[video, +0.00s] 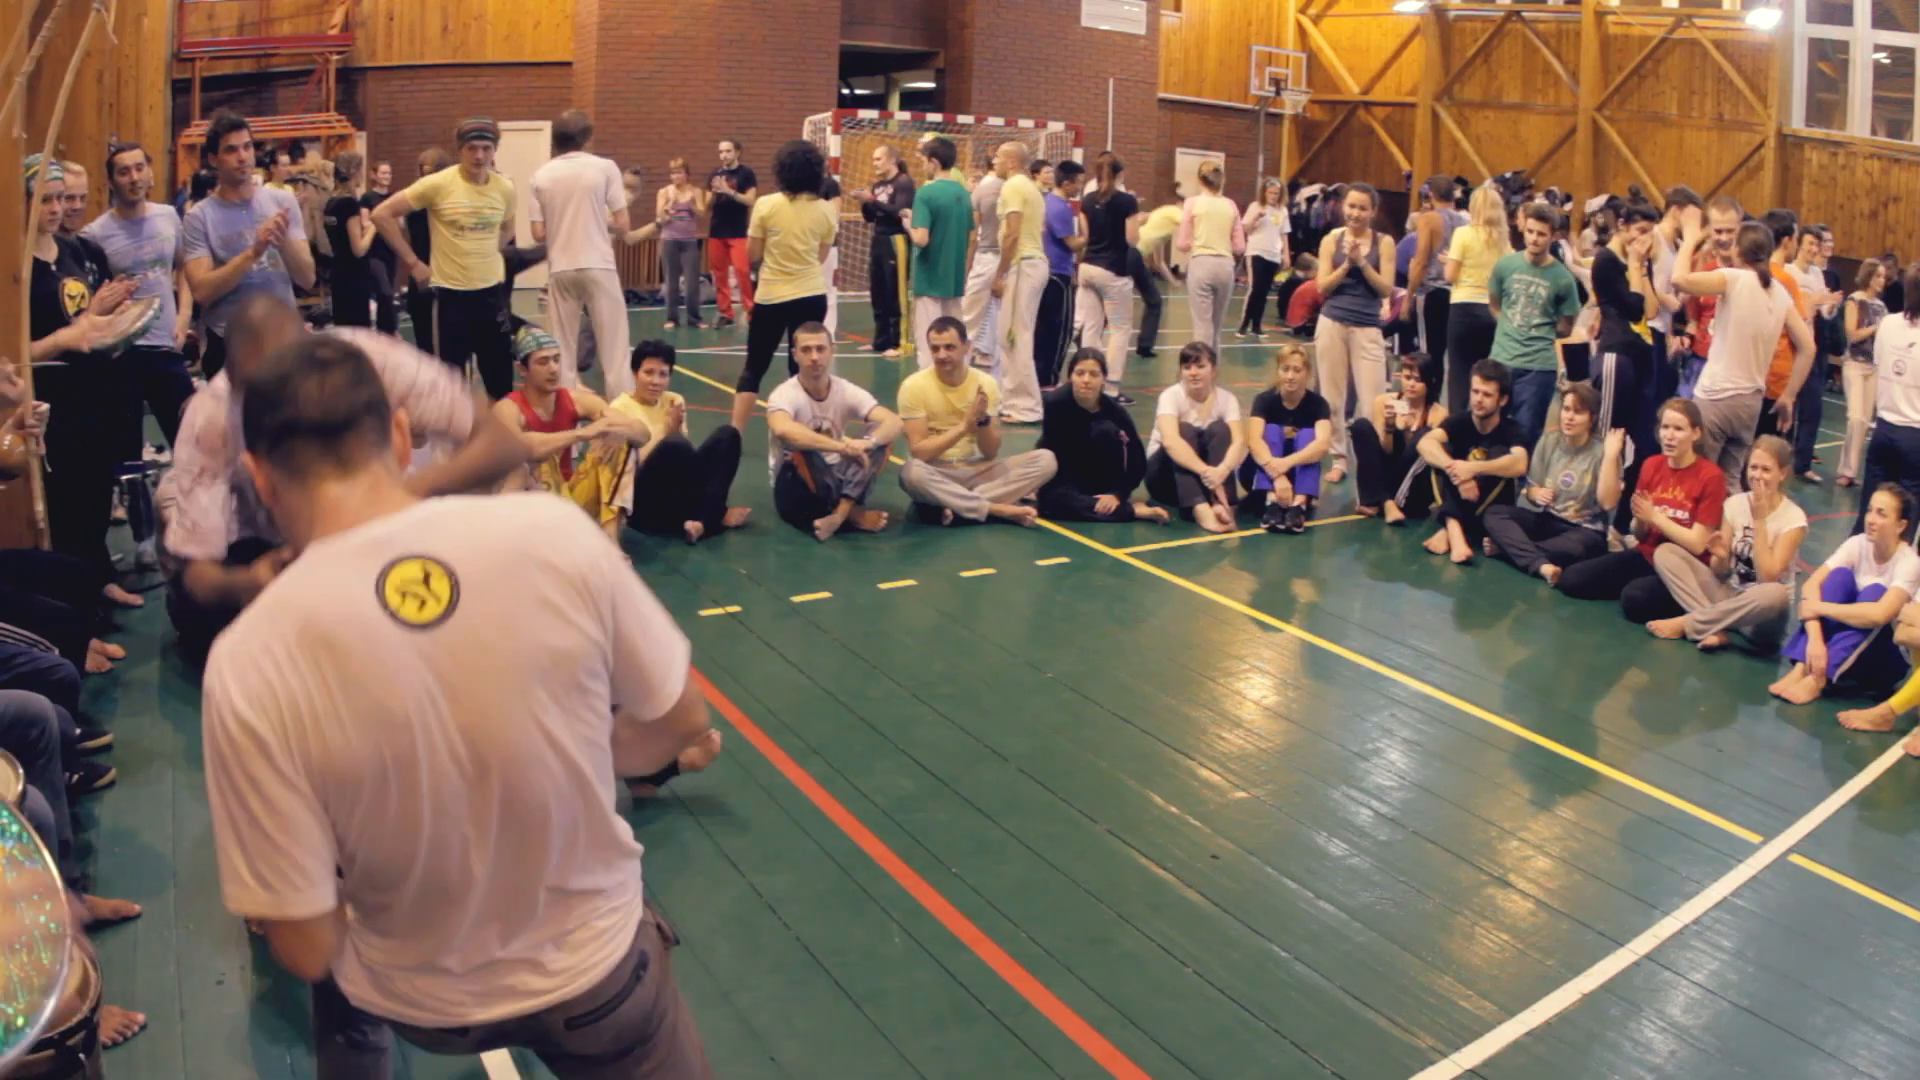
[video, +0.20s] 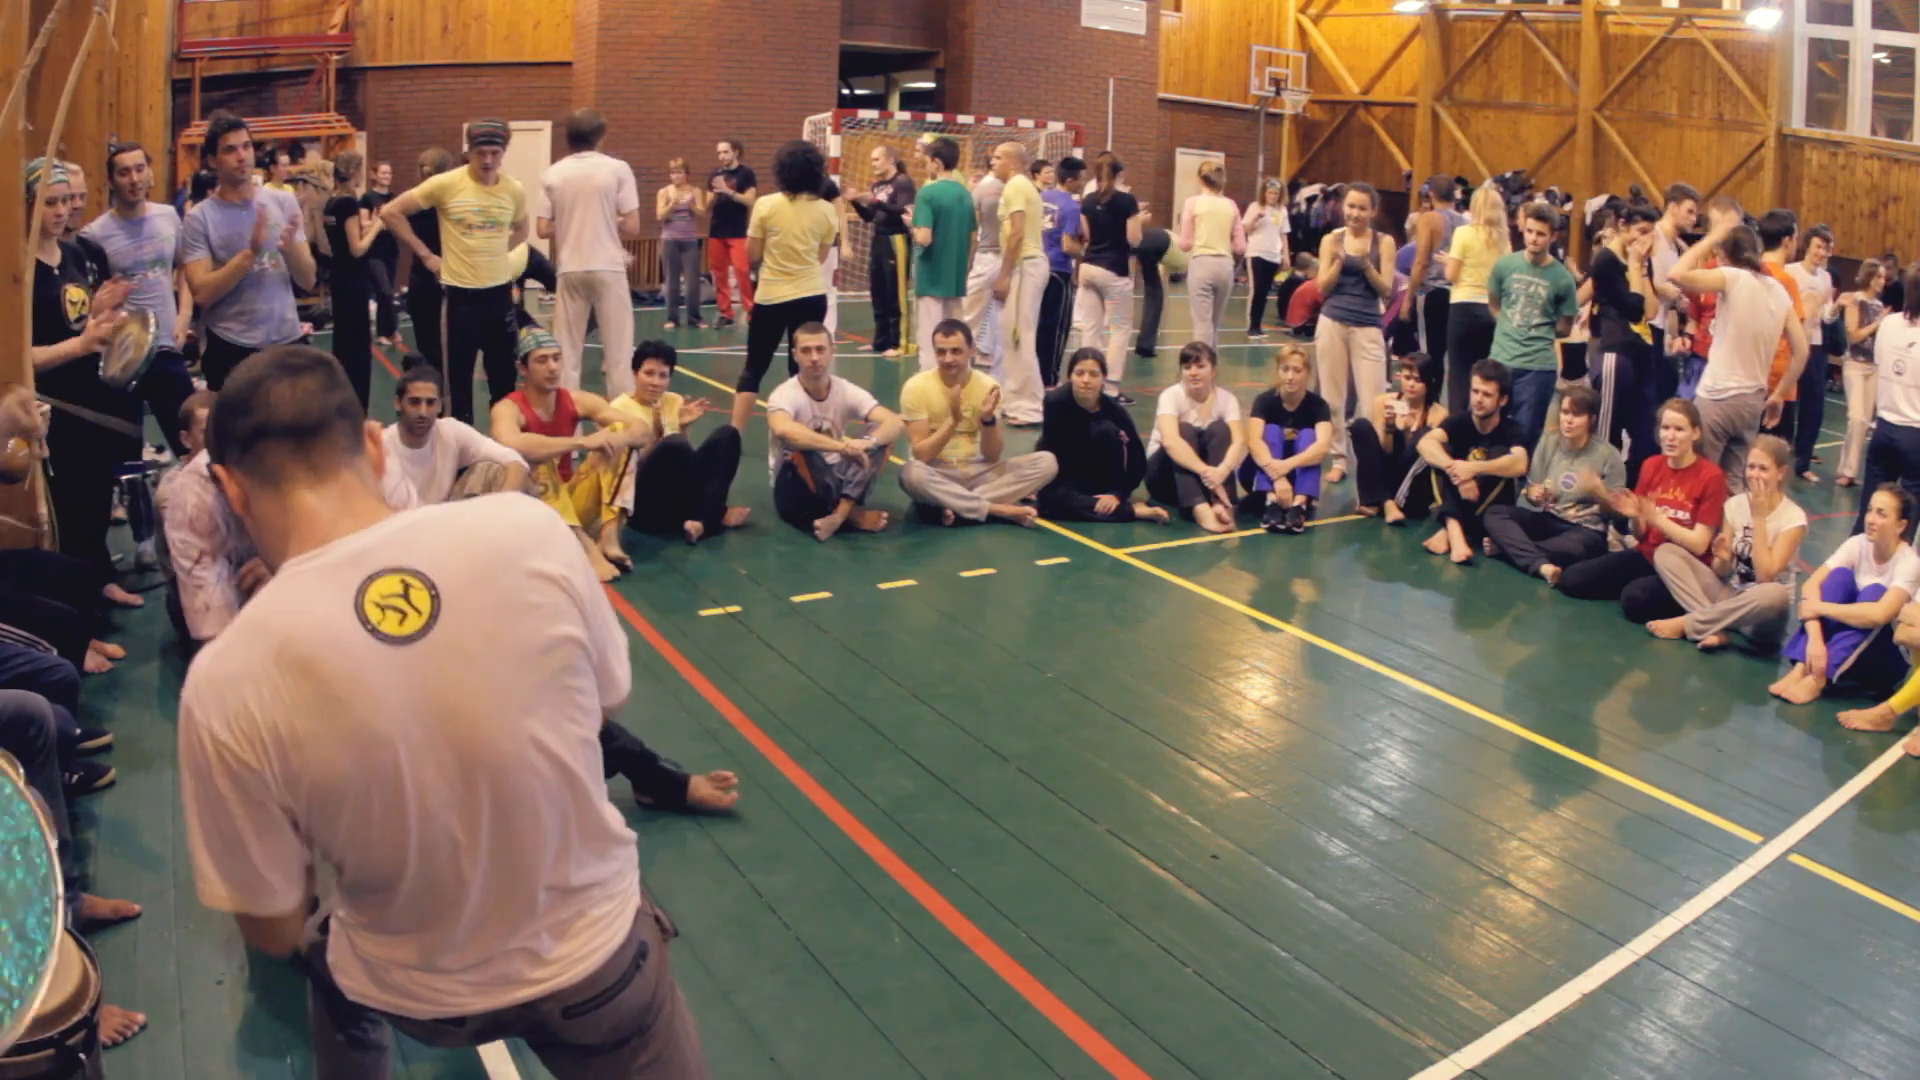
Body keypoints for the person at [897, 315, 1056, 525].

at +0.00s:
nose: (942, 355)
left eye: (950, 348)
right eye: (935, 349)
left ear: (966, 348)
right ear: (929, 349)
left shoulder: (986, 383)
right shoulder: (914, 386)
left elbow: (990, 451)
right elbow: (920, 452)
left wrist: (982, 418)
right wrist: (964, 428)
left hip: (980, 470)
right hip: (938, 472)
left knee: (1047, 460)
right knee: (911, 473)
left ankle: (960, 508)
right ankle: (993, 510)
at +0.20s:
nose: (948, 359)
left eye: (956, 351)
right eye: (941, 352)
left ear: (971, 351)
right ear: (934, 352)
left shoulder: (987, 385)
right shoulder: (916, 387)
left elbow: (992, 456)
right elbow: (922, 455)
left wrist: (988, 421)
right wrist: (953, 421)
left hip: (982, 471)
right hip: (939, 473)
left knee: (1047, 462)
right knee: (911, 473)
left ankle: (961, 508)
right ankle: (994, 510)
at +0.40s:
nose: (955, 366)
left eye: (963, 358)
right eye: (949, 357)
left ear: (976, 358)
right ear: (940, 356)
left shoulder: (992, 392)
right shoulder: (920, 389)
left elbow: (988, 463)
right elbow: (925, 457)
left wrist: (983, 426)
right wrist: (965, 425)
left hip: (982, 476)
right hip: (940, 476)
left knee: (1049, 466)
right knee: (911, 474)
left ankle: (960, 509)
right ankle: (994, 510)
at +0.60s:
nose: (959, 370)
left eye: (968, 363)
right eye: (953, 361)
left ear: (982, 363)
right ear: (944, 358)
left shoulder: (992, 392)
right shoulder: (921, 388)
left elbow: (986, 463)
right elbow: (921, 457)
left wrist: (985, 430)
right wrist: (956, 427)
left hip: (982, 473)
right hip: (939, 473)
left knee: (1047, 464)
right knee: (912, 473)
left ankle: (962, 508)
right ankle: (995, 509)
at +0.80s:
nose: (956, 368)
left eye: (965, 361)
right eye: (950, 360)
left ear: (979, 361)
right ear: (941, 357)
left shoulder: (990, 392)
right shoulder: (919, 388)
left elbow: (984, 461)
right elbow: (922, 457)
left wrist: (982, 426)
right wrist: (964, 425)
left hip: (980, 470)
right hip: (939, 471)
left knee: (1044, 458)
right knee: (911, 473)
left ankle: (960, 507)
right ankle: (993, 509)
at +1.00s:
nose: (954, 361)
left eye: (963, 354)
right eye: (948, 353)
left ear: (975, 355)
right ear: (939, 352)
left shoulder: (989, 386)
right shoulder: (918, 385)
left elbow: (987, 452)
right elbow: (921, 447)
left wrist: (981, 409)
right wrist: (963, 410)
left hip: (979, 465)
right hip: (938, 465)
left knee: (1033, 447)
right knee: (916, 466)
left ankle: (955, 504)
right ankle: (1002, 509)